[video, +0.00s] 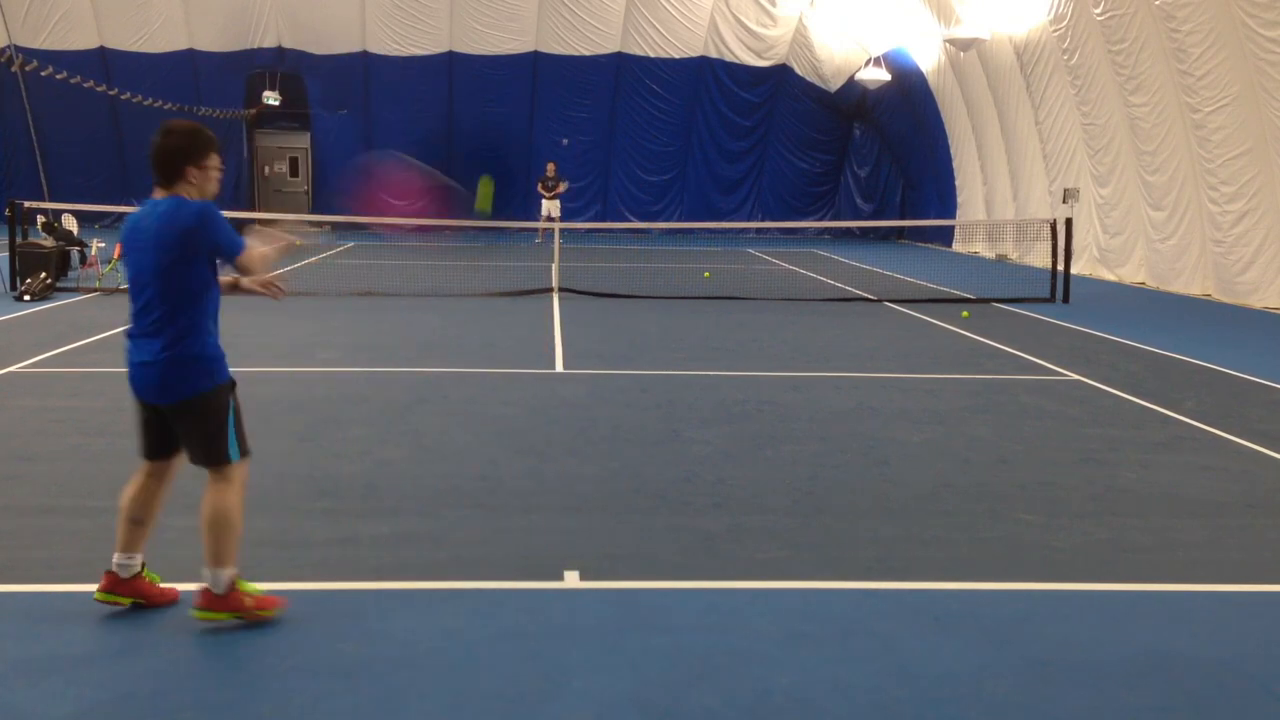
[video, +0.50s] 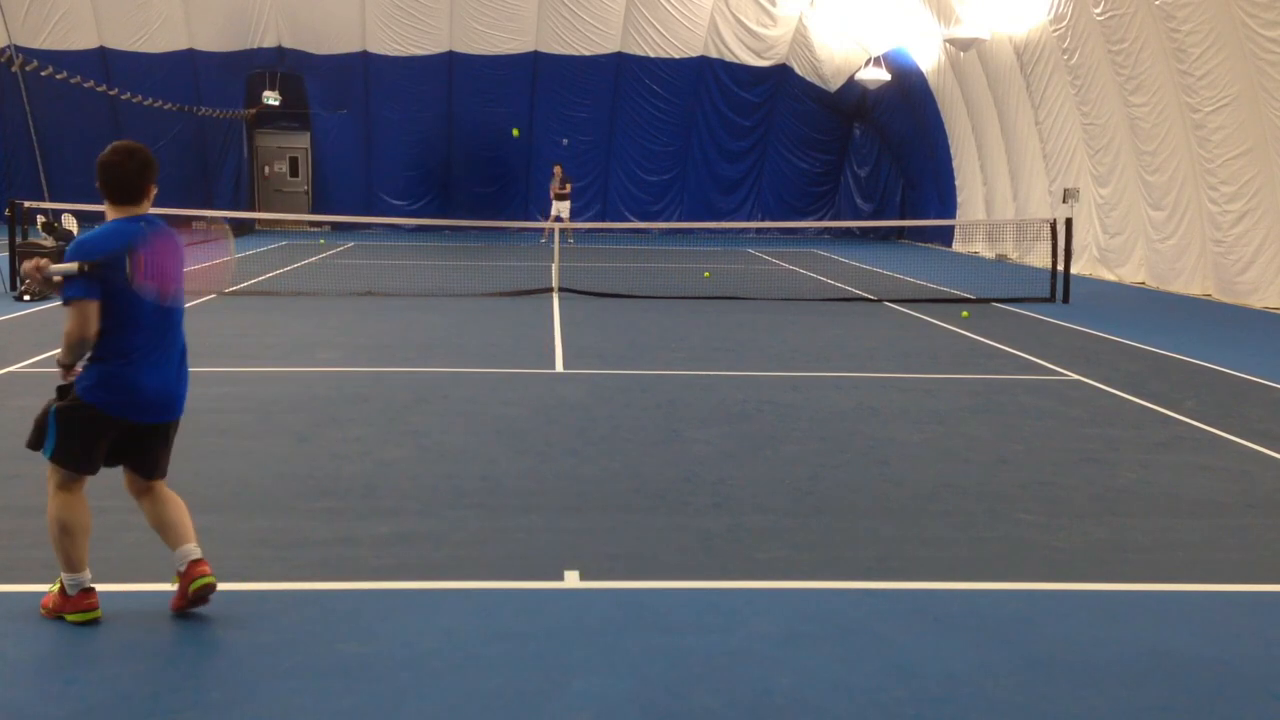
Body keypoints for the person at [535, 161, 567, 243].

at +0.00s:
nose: (550, 168)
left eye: (552, 166)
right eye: (548, 166)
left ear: (554, 168)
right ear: (546, 167)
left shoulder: (558, 178)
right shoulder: (543, 178)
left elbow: (561, 188)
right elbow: (539, 188)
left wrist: (553, 193)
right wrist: (546, 194)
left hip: (555, 200)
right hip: (545, 200)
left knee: (557, 219)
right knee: (543, 218)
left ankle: (557, 237)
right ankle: (540, 237)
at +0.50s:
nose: (556, 171)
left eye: (558, 169)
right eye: (555, 169)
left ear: (561, 170)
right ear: (553, 171)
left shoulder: (566, 179)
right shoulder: (553, 180)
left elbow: (568, 190)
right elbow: (551, 188)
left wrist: (557, 191)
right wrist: (552, 194)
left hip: (565, 201)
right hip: (556, 200)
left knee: (566, 219)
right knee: (552, 218)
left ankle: (570, 237)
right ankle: (545, 236)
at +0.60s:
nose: (558, 171)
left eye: (559, 169)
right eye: (556, 169)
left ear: (563, 169)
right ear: (555, 170)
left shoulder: (567, 178)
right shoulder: (556, 179)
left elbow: (566, 189)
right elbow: (555, 191)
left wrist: (555, 186)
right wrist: (552, 189)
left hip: (568, 200)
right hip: (560, 199)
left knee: (567, 219)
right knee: (556, 218)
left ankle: (570, 237)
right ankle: (552, 236)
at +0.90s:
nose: (560, 172)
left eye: (561, 170)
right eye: (559, 170)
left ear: (565, 170)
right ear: (558, 171)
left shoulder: (567, 178)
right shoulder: (563, 179)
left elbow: (558, 183)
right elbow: (557, 187)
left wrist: (548, 176)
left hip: (575, 200)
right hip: (568, 201)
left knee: (577, 218)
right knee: (567, 218)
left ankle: (587, 234)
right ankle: (570, 236)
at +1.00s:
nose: (560, 174)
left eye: (561, 172)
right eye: (560, 172)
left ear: (566, 172)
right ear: (561, 174)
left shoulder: (569, 180)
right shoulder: (566, 182)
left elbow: (561, 185)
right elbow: (566, 193)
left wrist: (548, 184)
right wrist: (557, 190)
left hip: (577, 201)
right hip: (570, 201)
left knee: (581, 220)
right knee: (567, 219)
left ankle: (593, 234)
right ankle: (570, 236)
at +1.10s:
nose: (563, 175)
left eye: (564, 173)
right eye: (562, 174)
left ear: (568, 172)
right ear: (562, 174)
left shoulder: (573, 179)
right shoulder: (568, 181)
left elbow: (569, 186)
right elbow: (570, 193)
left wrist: (560, 191)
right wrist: (567, 201)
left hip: (580, 201)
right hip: (573, 201)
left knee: (584, 219)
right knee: (569, 218)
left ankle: (594, 235)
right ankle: (570, 237)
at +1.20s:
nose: (567, 173)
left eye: (568, 170)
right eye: (566, 171)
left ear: (572, 170)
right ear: (565, 173)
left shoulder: (581, 178)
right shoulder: (569, 181)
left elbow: (584, 183)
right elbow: (565, 193)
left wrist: (579, 190)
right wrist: (560, 203)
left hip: (583, 200)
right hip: (574, 200)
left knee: (587, 218)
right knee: (571, 218)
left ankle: (594, 235)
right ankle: (570, 237)